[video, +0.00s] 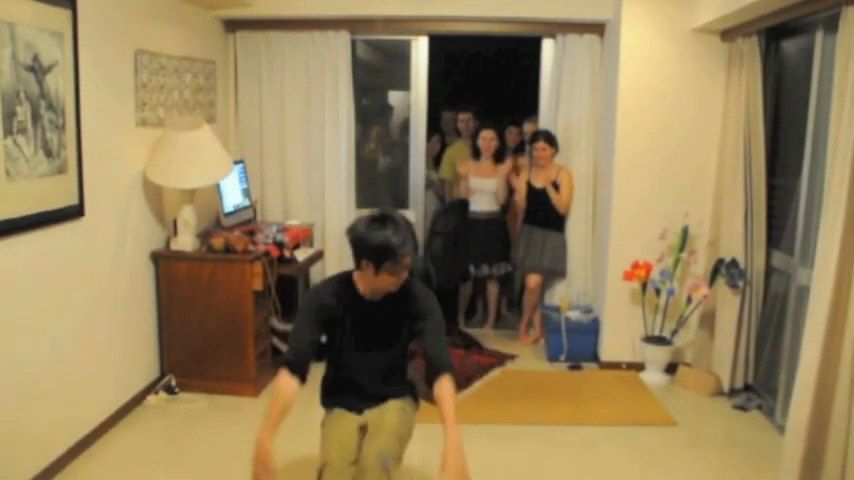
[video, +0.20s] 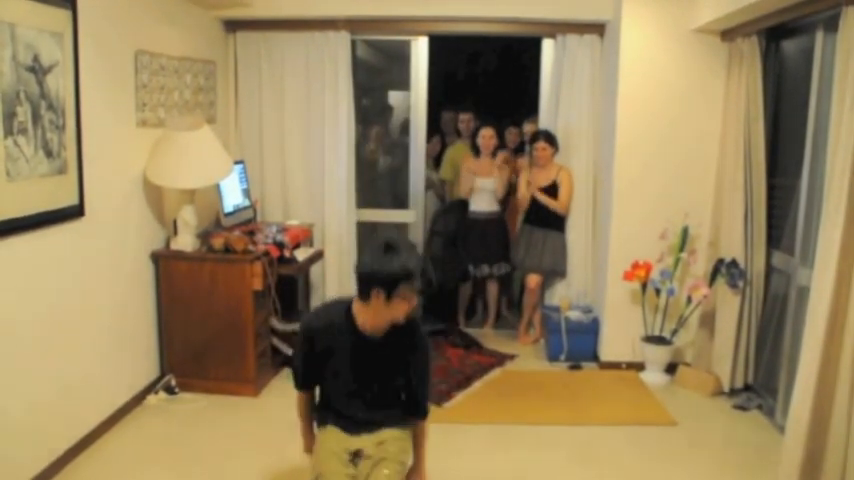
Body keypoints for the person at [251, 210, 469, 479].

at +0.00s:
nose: (404, 278)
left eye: (407, 269)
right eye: (396, 272)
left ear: (410, 261)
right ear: (366, 267)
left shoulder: (416, 297)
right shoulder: (325, 297)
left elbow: (441, 372)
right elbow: (292, 370)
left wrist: (453, 450)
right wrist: (264, 443)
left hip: (394, 397)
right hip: (343, 399)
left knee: (376, 462)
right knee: (335, 468)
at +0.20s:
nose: (414, 304)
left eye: (414, 295)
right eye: (406, 296)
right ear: (377, 296)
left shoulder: (412, 336)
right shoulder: (320, 326)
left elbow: (418, 410)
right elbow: (305, 388)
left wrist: (419, 465)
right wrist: (308, 439)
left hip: (391, 431)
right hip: (335, 429)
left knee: (386, 472)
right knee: (330, 472)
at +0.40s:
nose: (387, 316)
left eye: (395, 306)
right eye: (379, 306)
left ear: (405, 303)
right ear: (362, 298)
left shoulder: (414, 341)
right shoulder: (329, 325)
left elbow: (429, 408)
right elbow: (284, 353)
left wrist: (430, 468)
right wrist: (246, 368)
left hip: (387, 414)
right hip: (337, 421)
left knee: (381, 433)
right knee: (322, 471)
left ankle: (378, 474)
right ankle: (364, 460)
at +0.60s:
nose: (348, 286)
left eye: (357, 277)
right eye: (341, 276)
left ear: (383, 266)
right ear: (332, 269)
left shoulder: (413, 303)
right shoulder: (324, 294)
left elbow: (444, 382)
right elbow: (272, 354)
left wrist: (406, 360)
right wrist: (325, 348)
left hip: (398, 409)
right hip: (340, 404)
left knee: (435, 472)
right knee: (285, 458)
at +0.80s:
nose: (332, 276)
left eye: (339, 264)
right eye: (325, 267)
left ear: (368, 259)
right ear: (318, 266)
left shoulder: (402, 288)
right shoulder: (320, 291)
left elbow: (401, 335)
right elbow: (257, 335)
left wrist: (333, 305)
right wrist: (281, 332)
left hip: (412, 390)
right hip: (351, 389)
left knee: (450, 462)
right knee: (302, 458)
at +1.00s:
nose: (315, 193)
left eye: (321, 180)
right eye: (307, 184)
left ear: (352, 169)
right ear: (301, 183)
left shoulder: (400, 226)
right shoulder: (326, 216)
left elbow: (381, 315)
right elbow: (312, 282)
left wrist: (308, 321)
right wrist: (296, 321)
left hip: (414, 346)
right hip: (360, 336)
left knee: (388, 446)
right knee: (329, 430)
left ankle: (372, 473)